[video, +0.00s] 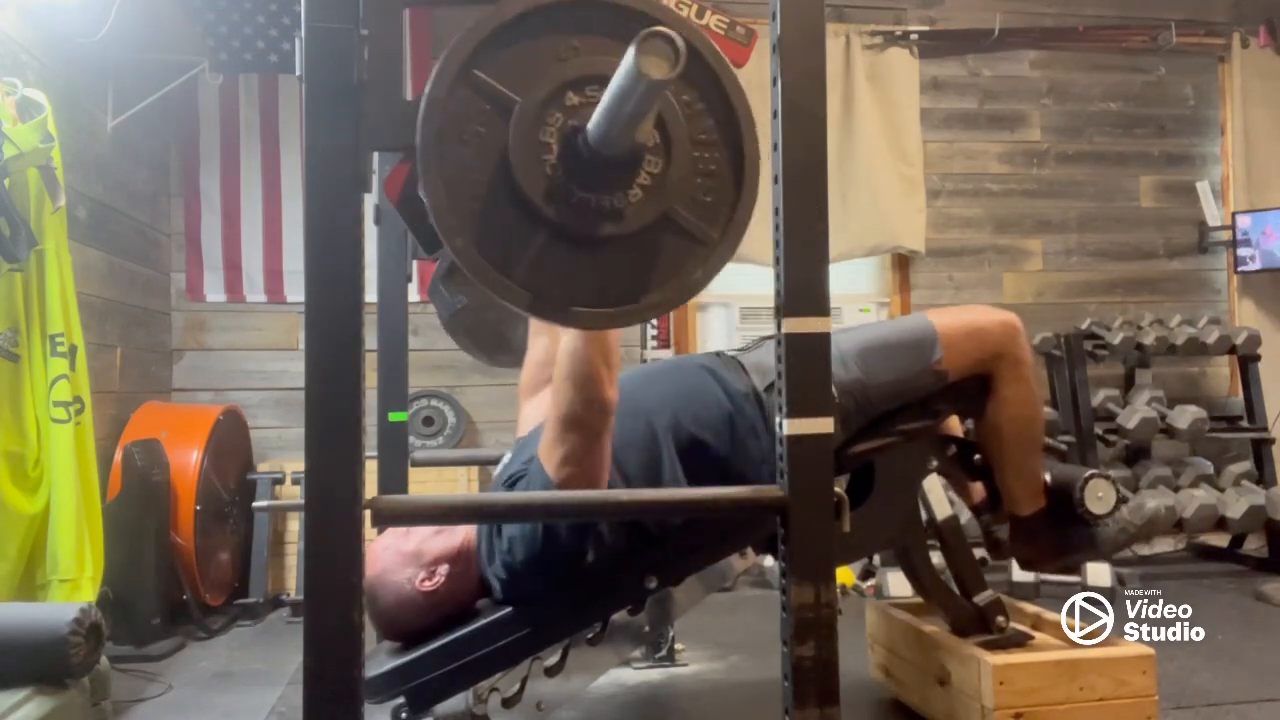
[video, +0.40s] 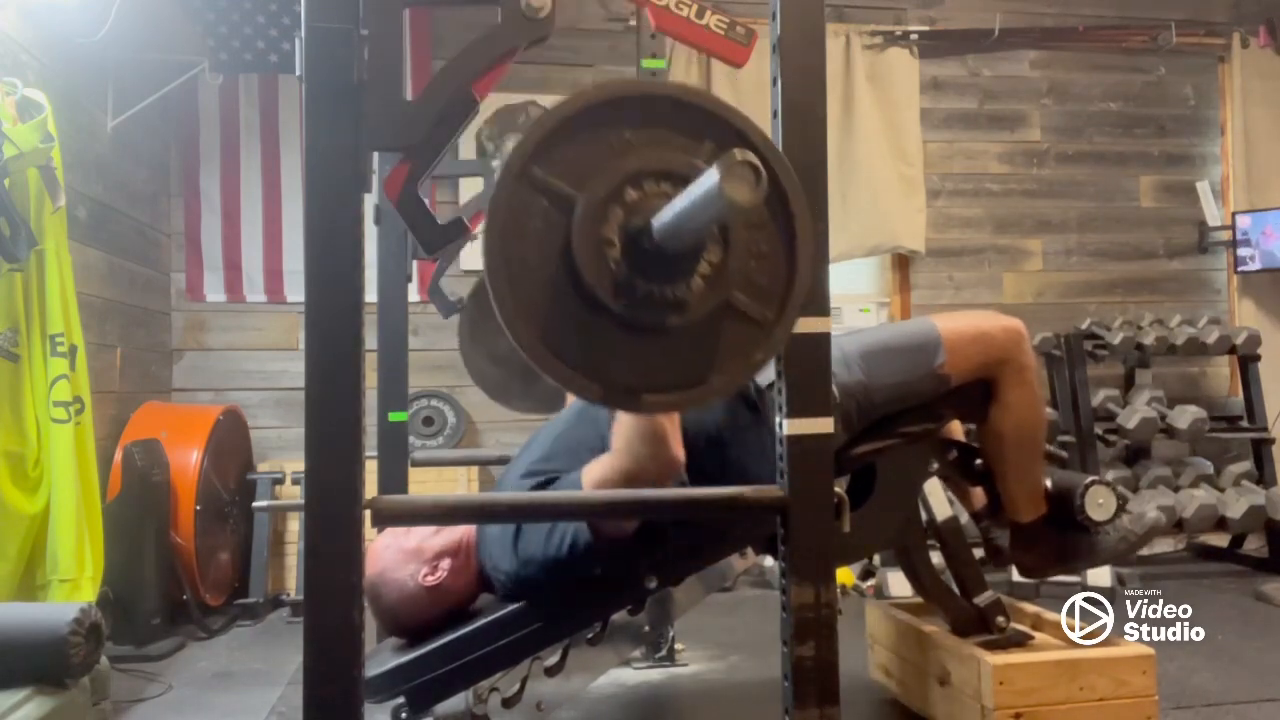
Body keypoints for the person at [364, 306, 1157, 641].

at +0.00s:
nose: (417, 529)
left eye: (401, 532)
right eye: (413, 547)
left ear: (430, 549)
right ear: (444, 581)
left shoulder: (502, 497)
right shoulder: (529, 562)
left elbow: (549, 378)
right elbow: (584, 401)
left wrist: (547, 219)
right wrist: (580, 232)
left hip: (742, 374)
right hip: (767, 426)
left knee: (939, 324)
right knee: (999, 335)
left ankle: (971, 468)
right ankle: (1031, 520)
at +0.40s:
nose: (417, 532)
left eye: (399, 535)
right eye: (415, 552)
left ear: (426, 539)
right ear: (445, 579)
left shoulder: (499, 496)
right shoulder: (526, 549)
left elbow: (619, 426)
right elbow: (651, 457)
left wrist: (604, 309)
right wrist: (634, 319)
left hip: (744, 369)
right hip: (764, 426)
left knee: (956, 327)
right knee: (1005, 342)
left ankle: (983, 476)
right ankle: (1031, 527)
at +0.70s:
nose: (421, 530)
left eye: (402, 534)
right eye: (418, 550)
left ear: (425, 539)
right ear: (447, 578)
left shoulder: (494, 502)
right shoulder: (530, 540)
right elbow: (681, 527)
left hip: (725, 382)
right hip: (755, 429)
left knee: (940, 322)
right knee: (1004, 340)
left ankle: (982, 466)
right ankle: (1032, 528)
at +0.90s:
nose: (420, 527)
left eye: (402, 533)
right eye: (419, 546)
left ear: (426, 540)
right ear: (448, 575)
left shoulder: (498, 493)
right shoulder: (530, 541)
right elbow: (685, 562)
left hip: (715, 387)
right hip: (757, 433)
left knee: (894, 308)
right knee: (1003, 339)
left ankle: (974, 460)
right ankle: (1032, 526)